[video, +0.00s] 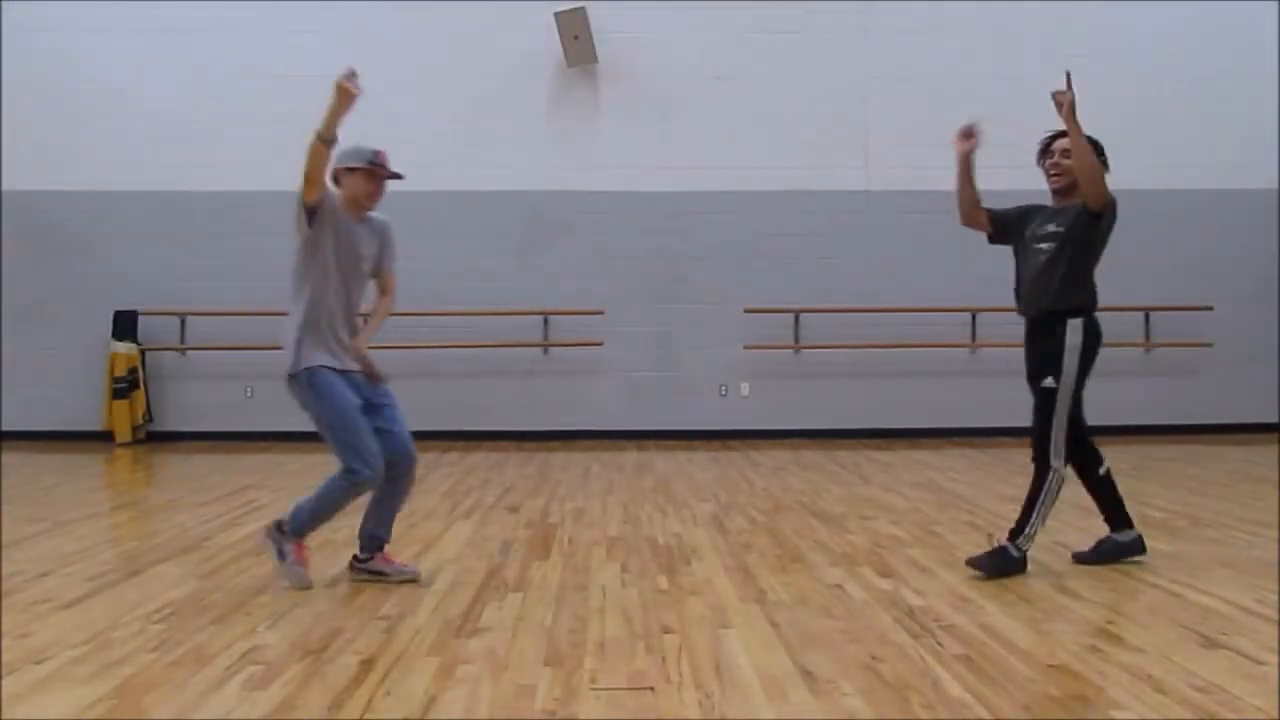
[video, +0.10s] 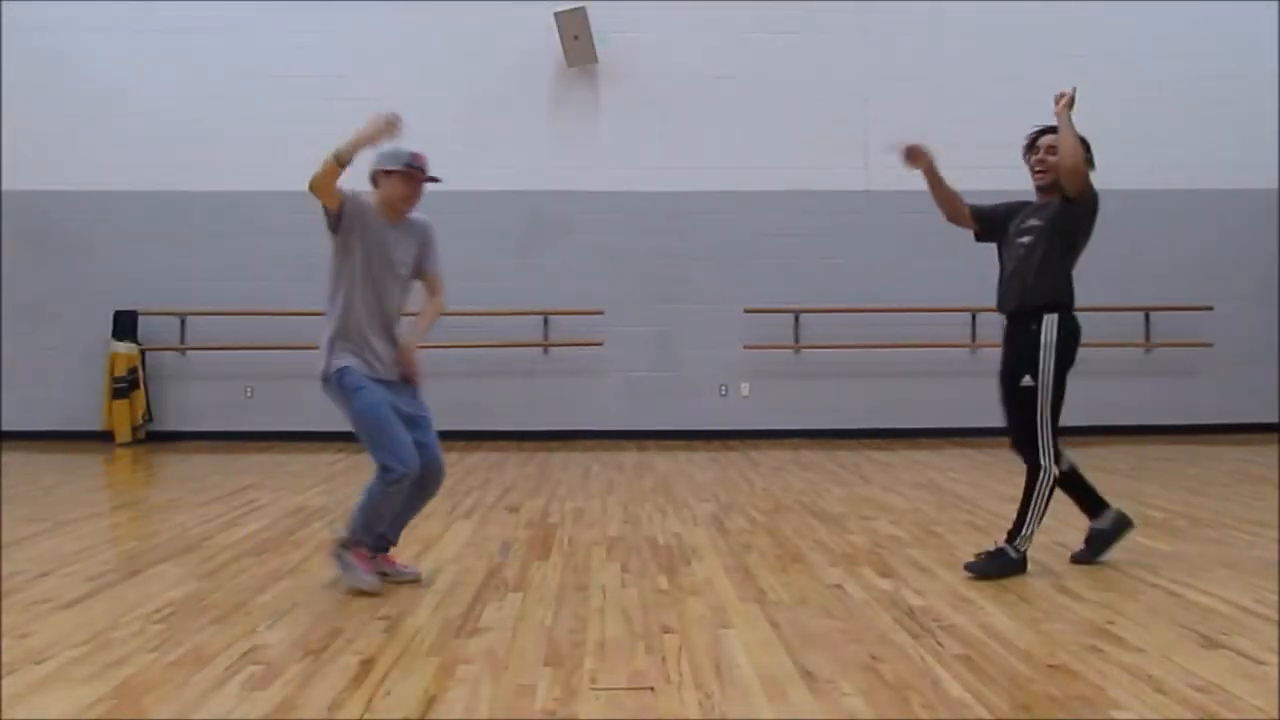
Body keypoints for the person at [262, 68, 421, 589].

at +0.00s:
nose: (378, 185)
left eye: (381, 178)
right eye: (369, 175)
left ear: (380, 185)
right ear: (342, 178)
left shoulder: (378, 232)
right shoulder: (321, 218)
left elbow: (386, 294)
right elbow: (314, 172)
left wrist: (363, 338)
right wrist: (336, 113)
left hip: (354, 361)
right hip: (313, 361)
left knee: (401, 460)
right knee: (365, 467)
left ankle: (369, 554)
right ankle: (288, 532)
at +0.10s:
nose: (414, 187)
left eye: (418, 180)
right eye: (405, 178)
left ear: (421, 188)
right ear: (380, 181)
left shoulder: (419, 232)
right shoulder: (353, 215)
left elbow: (436, 296)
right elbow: (320, 183)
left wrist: (414, 339)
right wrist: (361, 139)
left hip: (392, 366)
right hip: (347, 360)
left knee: (430, 468)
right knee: (402, 463)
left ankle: (378, 549)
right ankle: (354, 548)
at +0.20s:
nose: (455, 177)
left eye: (459, 169)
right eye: (447, 167)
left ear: (459, 173)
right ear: (419, 164)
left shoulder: (458, 212)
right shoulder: (384, 205)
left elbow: (480, 272)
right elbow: (327, 197)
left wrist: (457, 298)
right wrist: (393, 190)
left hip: (427, 357)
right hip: (381, 350)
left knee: (439, 466)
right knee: (427, 459)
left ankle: (375, 547)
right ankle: (427, 562)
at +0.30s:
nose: (486, 174)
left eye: (492, 167)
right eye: (481, 163)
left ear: (492, 166)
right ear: (452, 153)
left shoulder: (493, 196)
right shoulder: (415, 185)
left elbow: (519, 259)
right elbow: (370, 231)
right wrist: (439, 218)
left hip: (467, 346)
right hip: (417, 344)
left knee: (469, 461)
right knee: (459, 458)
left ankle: (404, 526)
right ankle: (460, 563)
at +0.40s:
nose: (529, 187)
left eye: (533, 180)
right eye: (523, 178)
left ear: (528, 178)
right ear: (493, 168)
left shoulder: (525, 202)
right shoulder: (456, 201)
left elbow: (542, 265)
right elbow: (430, 268)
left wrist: (537, 230)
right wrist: (493, 234)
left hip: (506, 355)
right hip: (455, 356)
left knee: (523, 469)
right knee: (487, 474)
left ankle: (464, 527)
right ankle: (466, 565)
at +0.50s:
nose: (584, 188)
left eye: (587, 181)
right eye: (579, 178)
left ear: (578, 178)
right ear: (549, 168)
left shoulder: (569, 209)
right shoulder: (513, 200)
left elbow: (574, 273)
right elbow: (488, 271)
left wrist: (580, 227)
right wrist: (549, 231)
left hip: (538, 357)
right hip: (485, 356)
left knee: (583, 456)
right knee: (502, 486)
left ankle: (540, 557)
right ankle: (467, 568)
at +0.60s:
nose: (648, 192)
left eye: (652, 185)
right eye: (646, 180)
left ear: (639, 182)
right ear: (619, 168)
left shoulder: (617, 214)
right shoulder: (573, 194)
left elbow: (614, 281)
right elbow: (543, 259)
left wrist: (630, 232)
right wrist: (609, 227)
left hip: (575, 361)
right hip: (528, 360)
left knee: (625, 464)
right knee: (536, 487)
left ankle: (593, 584)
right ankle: (477, 549)